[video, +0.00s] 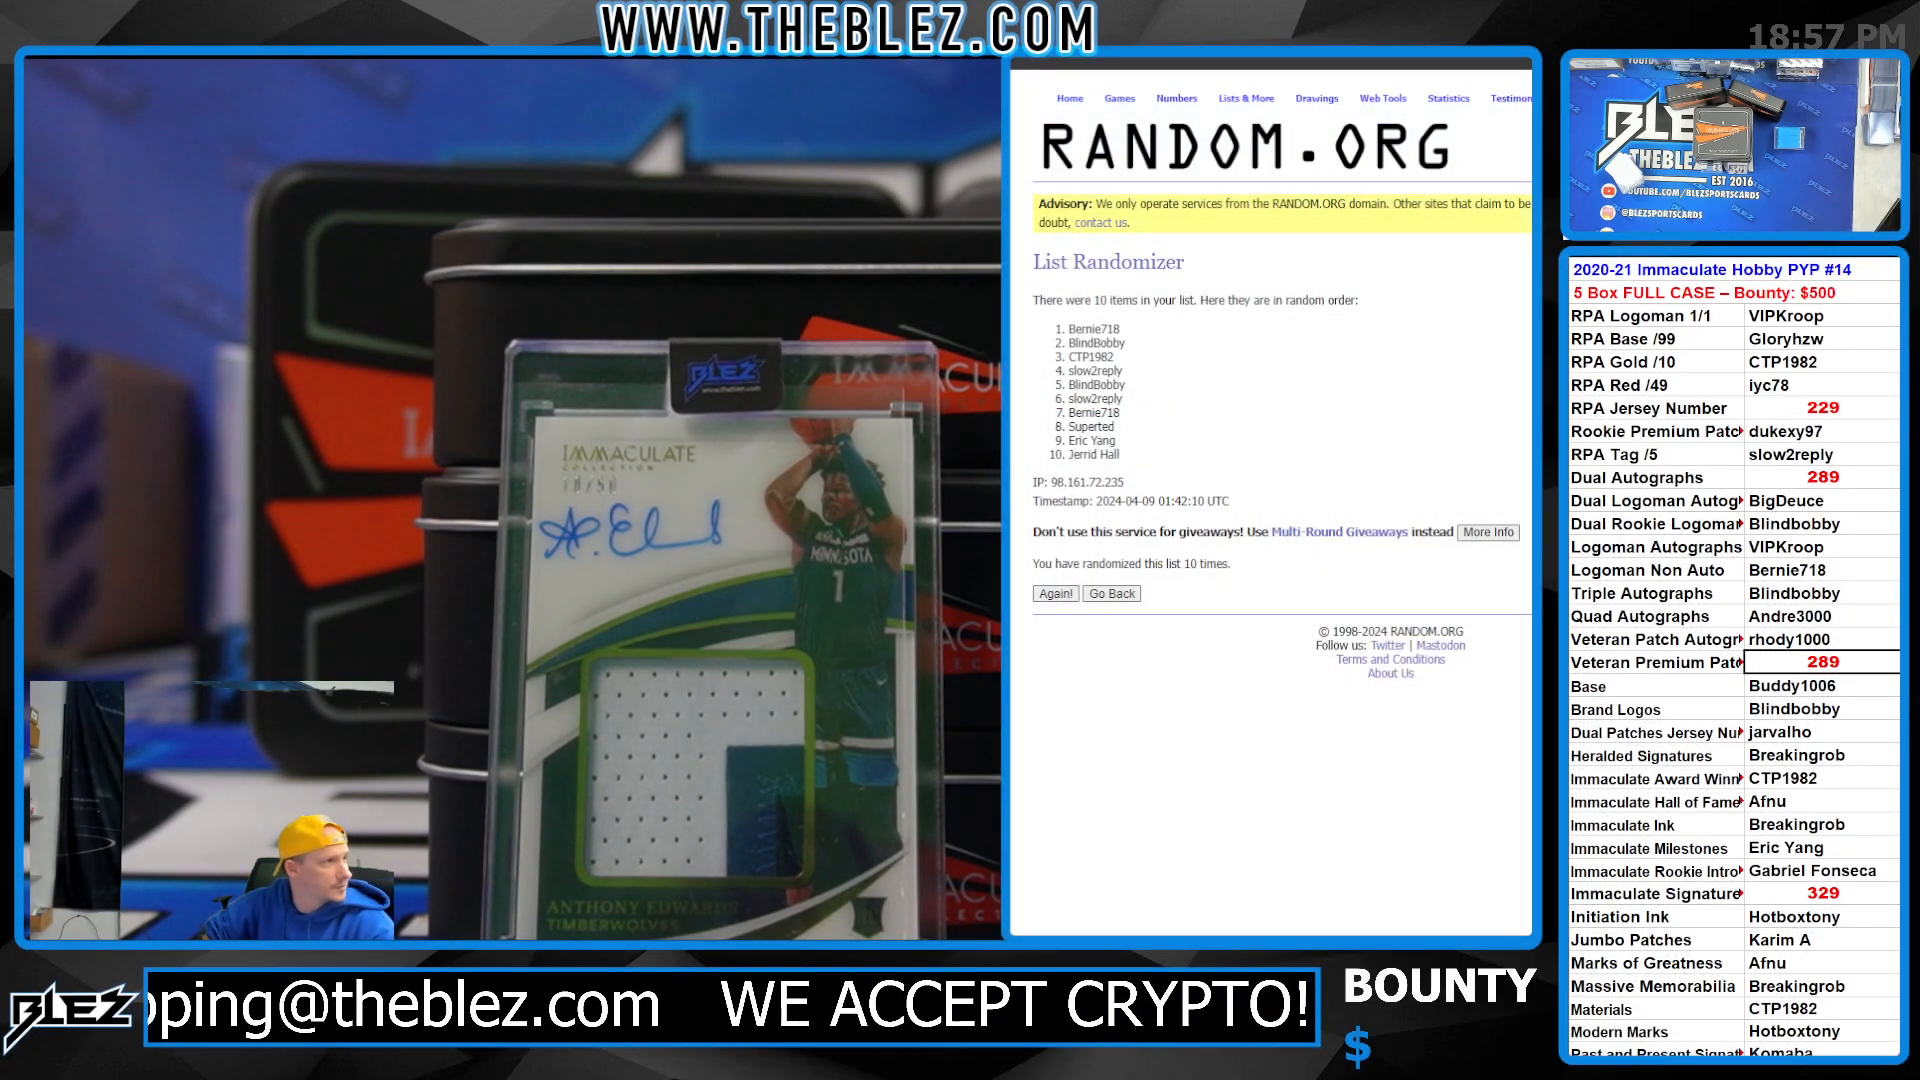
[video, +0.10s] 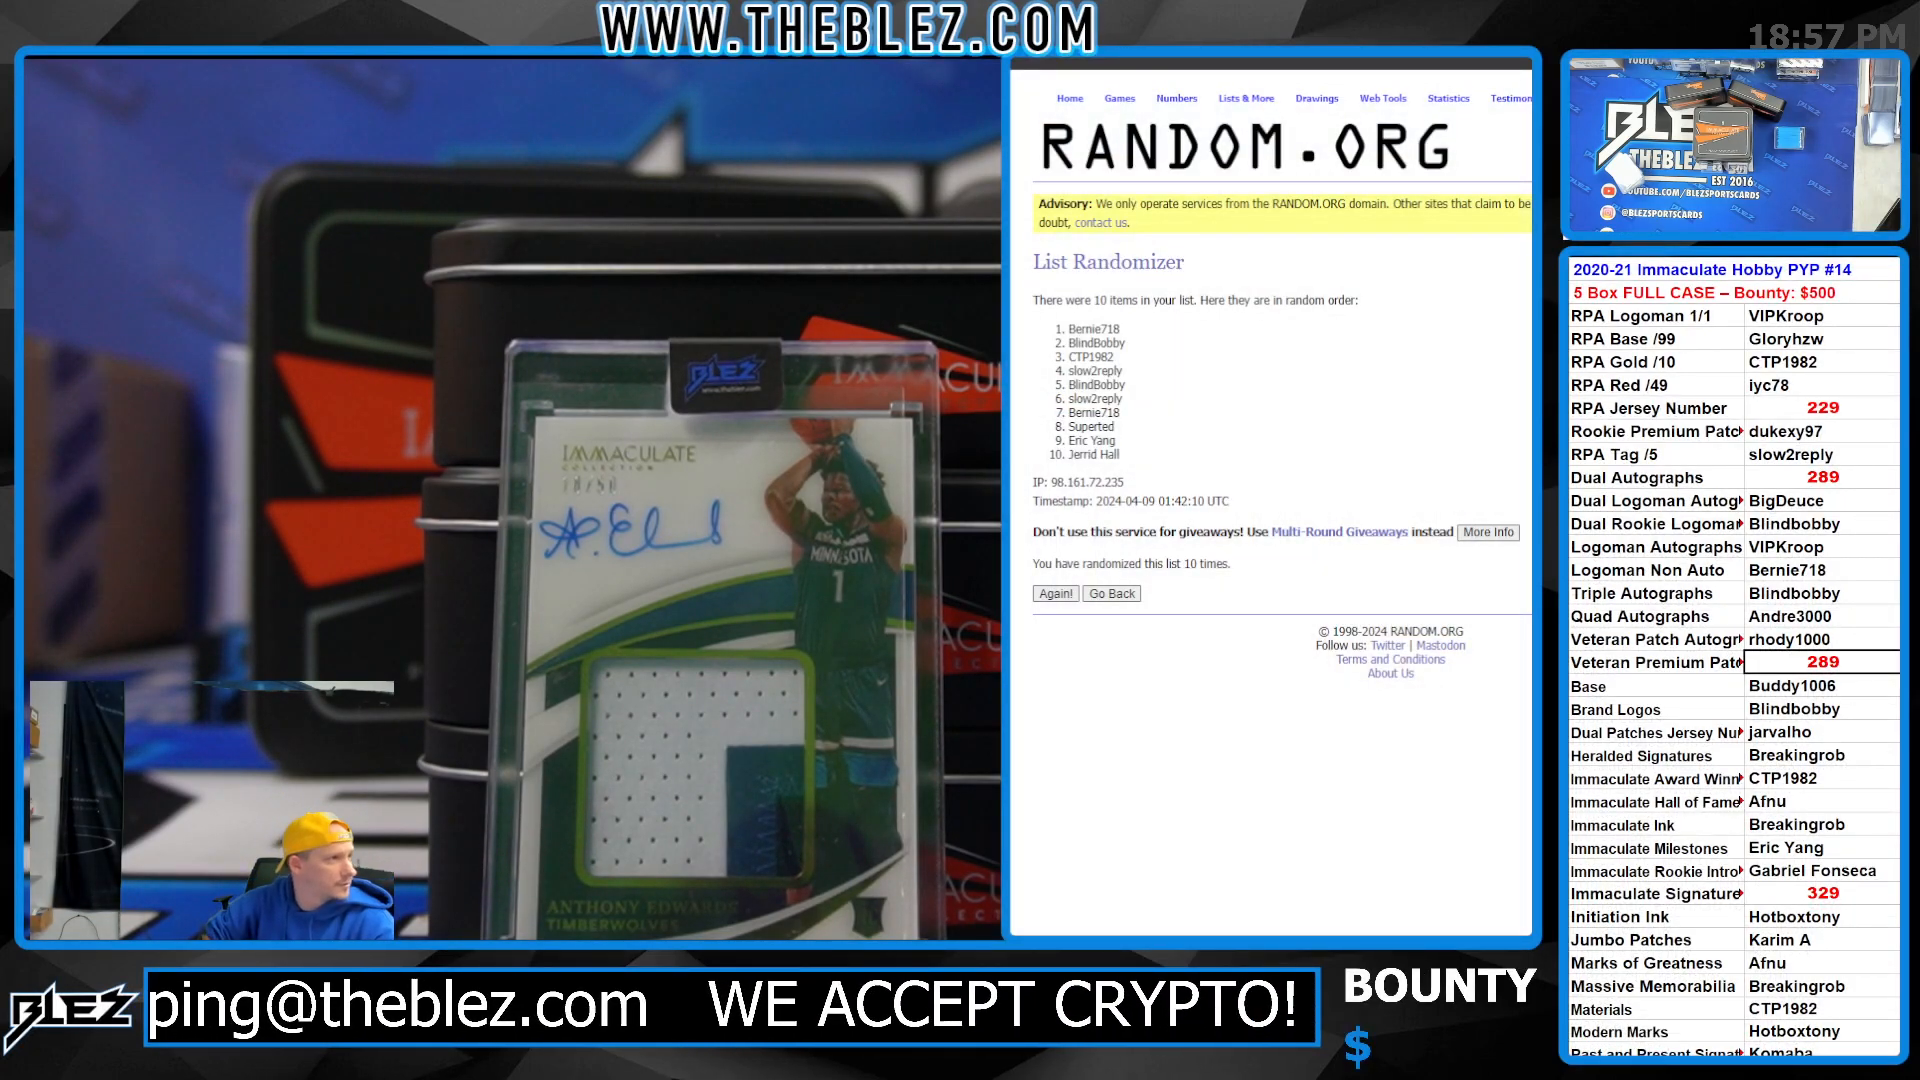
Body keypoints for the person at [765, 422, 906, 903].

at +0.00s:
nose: (835, 496)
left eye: (844, 489)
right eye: (829, 488)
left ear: (862, 494)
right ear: (822, 495)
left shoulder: (884, 539)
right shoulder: (810, 532)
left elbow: (875, 497)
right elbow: (776, 496)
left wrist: (844, 445)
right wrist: (815, 459)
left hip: (865, 679)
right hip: (813, 678)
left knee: (873, 796)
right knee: (818, 794)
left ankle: (873, 896)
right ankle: (818, 887)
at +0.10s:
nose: (835, 496)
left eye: (844, 489)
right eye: (829, 488)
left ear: (862, 494)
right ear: (822, 495)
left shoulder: (884, 538)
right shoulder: (810, 532)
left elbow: (875, 497)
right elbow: (776, 496)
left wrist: (844, 445)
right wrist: (814, 459)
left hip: (866, 678)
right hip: (813, 677)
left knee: (872, 796)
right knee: (818, 794)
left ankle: (872, 896)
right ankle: (817, 887)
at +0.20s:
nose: (835, 495)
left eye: (844, 488)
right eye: (829, 488)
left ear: (862, 494)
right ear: (822, 494)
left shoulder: (884, 538)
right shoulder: (810, 532)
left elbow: (876, 498)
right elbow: (776, 496)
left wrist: (844, 446)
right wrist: (814, 459)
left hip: (866, 679)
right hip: (812, 678)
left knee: (872, 796)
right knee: (818, 794)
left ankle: (871, 897)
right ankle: (816, 889)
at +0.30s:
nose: (834, 497)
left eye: (843, 490)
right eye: (829, 490)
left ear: (862, 495)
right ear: (822, 496)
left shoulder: (884, 539)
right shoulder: (811, 533)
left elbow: (875, 497)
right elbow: (776, 496)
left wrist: (844, 446)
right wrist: (814, 460)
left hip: (865, 678)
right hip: (813, 677)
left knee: (873, 795)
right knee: (818, 793)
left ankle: (871, 894)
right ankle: (819, 886)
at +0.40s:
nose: (835, 497)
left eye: (844, 489)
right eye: (829, 490)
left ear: (862, 495)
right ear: (822, 496)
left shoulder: (884, 539)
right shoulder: (811, 532)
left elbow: (876, 497)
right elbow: (776, 496)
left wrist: (844, 446)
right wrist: (815, 459)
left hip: (866, 679)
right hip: (813, 678)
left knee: (873, 796)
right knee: (818, 794)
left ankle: (871, 894)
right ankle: (817, 886)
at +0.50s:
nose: (835, 497)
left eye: (843, 490)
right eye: (829, 490)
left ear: (862, 495)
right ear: (822, 496)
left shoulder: (884, 539)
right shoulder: (811, 533)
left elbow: (876, 496)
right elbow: (776, 496)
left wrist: (843, 445)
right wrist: (815, 459)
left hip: (865, 679)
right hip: (813, 679)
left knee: (873, 797)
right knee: (820, 795)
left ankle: (873, 895)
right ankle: (820, 888)